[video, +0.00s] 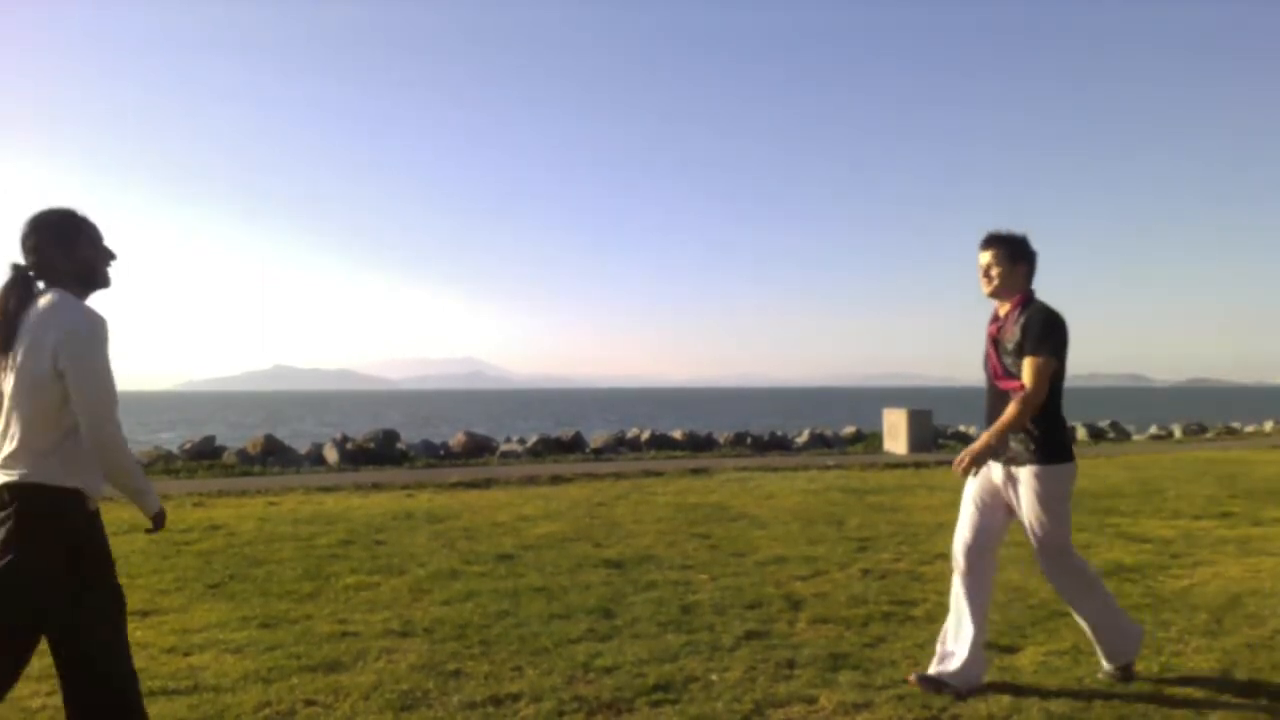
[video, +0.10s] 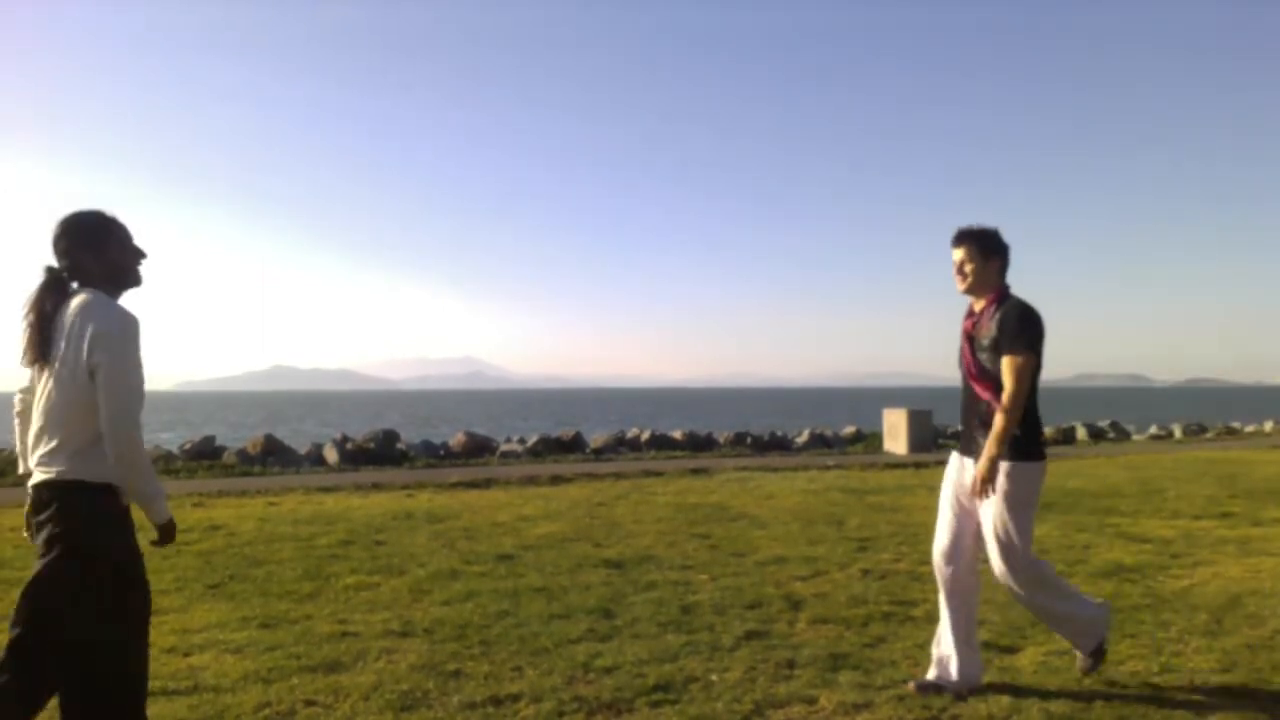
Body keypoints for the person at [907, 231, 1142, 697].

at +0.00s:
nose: (985, 276)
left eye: (994, 267)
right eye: (981, 269)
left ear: (1023, 269)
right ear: (983, 274)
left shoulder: (1043, 322)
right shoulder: (997, 323)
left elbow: (1034, 394)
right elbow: (1008, 390)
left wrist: (983, 444)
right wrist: (1004, 442)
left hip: (1040, 462)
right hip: (995, 458)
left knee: (1056, 559)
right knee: (968, 557)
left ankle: (1122, 644)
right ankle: (957, 669)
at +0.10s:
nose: (959, 271)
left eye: (967, 264)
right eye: (956, 265)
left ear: (996, 265)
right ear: (959, 270)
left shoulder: (1016, 317)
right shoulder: (973, 317)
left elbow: (1015, 397)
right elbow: (981, 389)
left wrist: (990, 456)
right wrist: (972, 445)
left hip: (1010, 458)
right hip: (969, 453)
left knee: (1011, 566)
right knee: (950, 562)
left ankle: (1091, 625)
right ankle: (954, 671)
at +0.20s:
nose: (940, 267)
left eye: (948, 259)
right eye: (937, 260)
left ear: (977, 259)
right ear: (939, 264)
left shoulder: (1000, 312)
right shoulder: (952, 314)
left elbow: (1010, 389)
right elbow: (957, 385)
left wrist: (999, 457)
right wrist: (942, 443)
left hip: (983, 450)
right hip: (943, 449)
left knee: (963, 554)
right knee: (935, 557)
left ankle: (1043, 625)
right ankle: (955, 669)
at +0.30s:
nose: (927, 266)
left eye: (936, 258)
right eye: (922, 259)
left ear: (964, 258)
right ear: (921, 264)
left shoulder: (987, 313)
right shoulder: (931, 320)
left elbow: (1008, 387)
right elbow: (931, 398)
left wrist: (1003, 457)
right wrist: (905, 448)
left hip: (965, 449)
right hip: (926, 447)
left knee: (926, 548)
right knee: (926, 555)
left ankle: (980, 654)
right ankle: (946, 666)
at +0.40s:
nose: (912, 265)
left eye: (921, 256)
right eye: (908, 257)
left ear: (950, 256)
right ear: (907, 262)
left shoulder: (974, 313)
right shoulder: (912, 318)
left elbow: (1002, 388)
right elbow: (906, 390)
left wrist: (1002, 460)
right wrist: (878, 442)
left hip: (947, 450)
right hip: (907, 449)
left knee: (899, 547)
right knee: (929, 557)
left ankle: (909, 677)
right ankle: (956, 669)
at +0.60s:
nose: (877, 268)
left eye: (886, 260)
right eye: (874, 261)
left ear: (917, 261)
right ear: (875, 264)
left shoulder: (940, 322)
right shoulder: (874, 323)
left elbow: (970, 399)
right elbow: (865, 394)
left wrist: (977, 473)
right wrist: (831, 447)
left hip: (909, 462)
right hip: (871, 460)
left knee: (863, 568)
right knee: (905, 572)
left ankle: (819, 684)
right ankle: (955, 670)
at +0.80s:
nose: (828, 262)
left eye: (839, 255)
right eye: (826, 254)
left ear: (869, 258)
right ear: (827, 259)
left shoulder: (889, 319)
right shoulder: (829, 320)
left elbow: (918, 399)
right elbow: (826, 397)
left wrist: (921, 473)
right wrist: (801, 456)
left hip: (864, 465)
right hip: (834, 462)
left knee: (824, 576)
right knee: (873, 570)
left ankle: (806, 698)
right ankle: (940, 654)